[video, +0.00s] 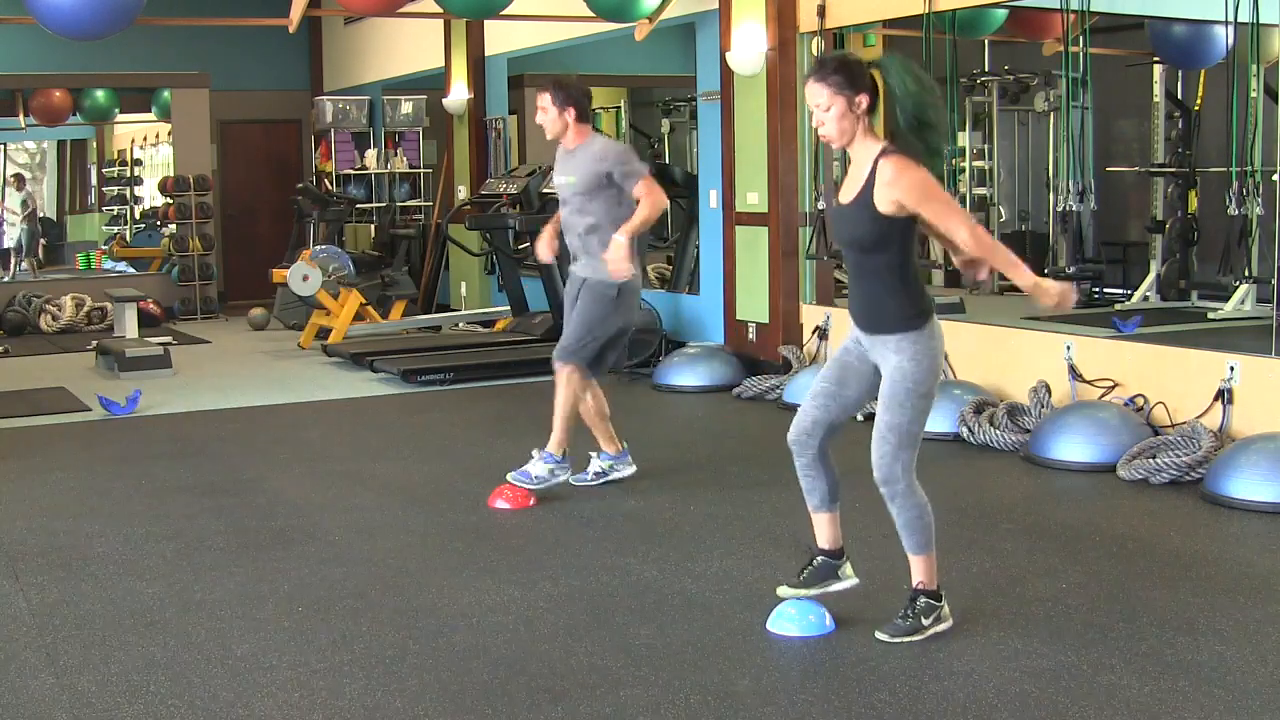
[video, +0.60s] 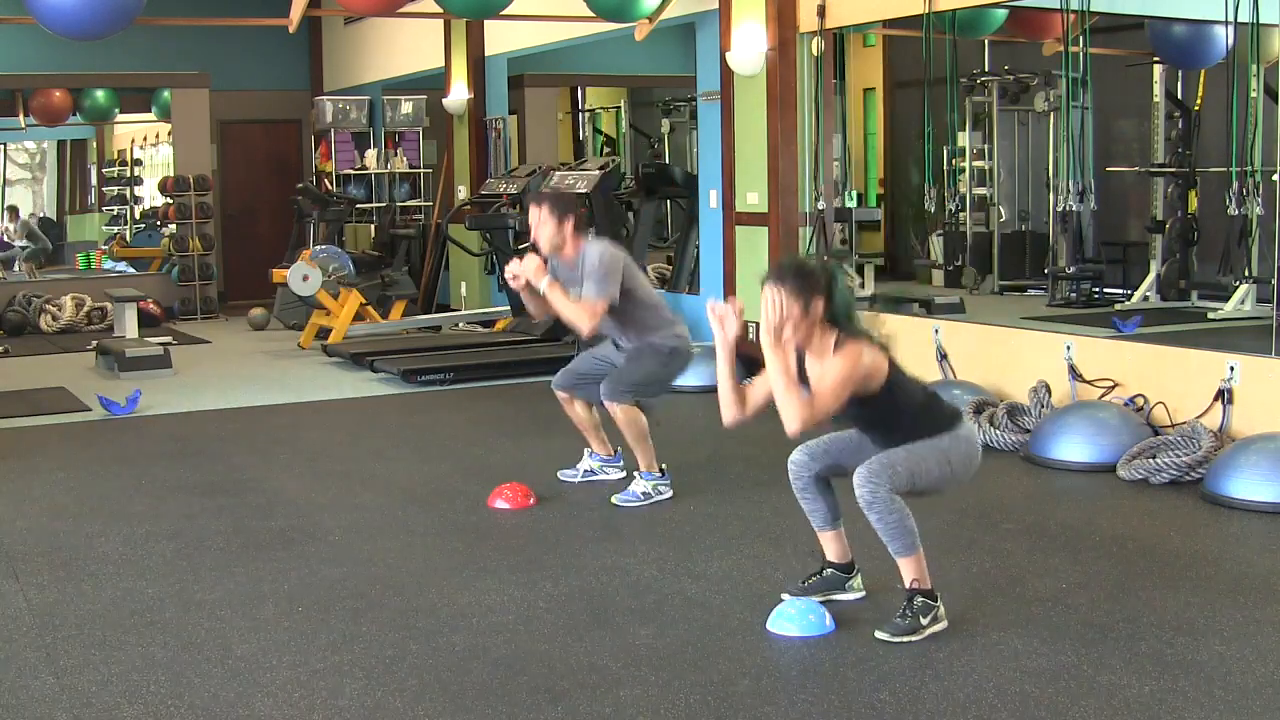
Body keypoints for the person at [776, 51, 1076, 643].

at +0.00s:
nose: (816, 121)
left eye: (824, 108)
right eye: (812, 109)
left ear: (860, 105)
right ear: (833, 111)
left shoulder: (897, 171)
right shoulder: (854, 164)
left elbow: (970, 234)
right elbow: (908, 216)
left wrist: (1034, 283)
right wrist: (958, 249)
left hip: (910, 345)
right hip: (862, 340)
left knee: (892, 470)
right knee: (804, 437)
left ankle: (927, 597)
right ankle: (830, 557)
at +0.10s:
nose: (815, 116)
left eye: (822, 104)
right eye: (811, 106)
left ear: (857, 98)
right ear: (829, 104)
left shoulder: (894, 166)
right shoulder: (851, 162)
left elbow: (953, 244)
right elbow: (881, 244)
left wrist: (1002, 308)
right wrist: (922, 290)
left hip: (911, 336)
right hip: (865, 331)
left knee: (897, 461)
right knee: (803, 428)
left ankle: (929, 594)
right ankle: (827, 548)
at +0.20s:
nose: (810, 119)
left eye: (816, 107)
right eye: (805, 109)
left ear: (851, 94)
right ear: (816, 104)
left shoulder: (890, 155)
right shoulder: (841, 154)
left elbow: (923, 248)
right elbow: (847, 242)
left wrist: (903, 332)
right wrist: (820, 307)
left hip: (912, 321)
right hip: (862, 318)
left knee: (897, 452)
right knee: (815, 425)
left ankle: (925, 589)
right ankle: (826, 545)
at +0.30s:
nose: (798, 152)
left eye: (805, 139)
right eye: (795, 141)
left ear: (843, 129)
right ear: (822, 136)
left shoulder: (886, 189)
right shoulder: (827, 191)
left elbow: (886, 281)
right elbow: (803, 272)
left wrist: (802, 293)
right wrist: (734, 297)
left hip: (923, 348)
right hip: (874, 346)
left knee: (890, 465)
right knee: (819, 448)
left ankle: (926, 596)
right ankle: (832, 561)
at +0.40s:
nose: (789, 209)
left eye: (798, 196)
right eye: (785, 198)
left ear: (833, 192)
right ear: (787, 201)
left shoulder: (872, 246)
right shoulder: (808, 252)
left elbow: (832, 324)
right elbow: (757, 322)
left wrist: (773, 261)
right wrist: (710, 280)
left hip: (935, 385)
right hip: (880, 383)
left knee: (878, 476)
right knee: (810, 462)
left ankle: (924, 597)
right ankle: (842, 569)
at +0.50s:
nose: (778, 268)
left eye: (789, 257)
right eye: (775, 258)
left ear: (823, 258)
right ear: (773, 261)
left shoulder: (861, 309)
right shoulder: (801, 309)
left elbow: (802, 369)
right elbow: (737, 368)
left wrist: (773, 298)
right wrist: (720, 303)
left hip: (945, 418)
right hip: (887, 417)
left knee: (873, 478)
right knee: (804, 463)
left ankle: (924, 598)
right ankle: (842, 570)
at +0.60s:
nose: (776, 318)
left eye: (784, 307)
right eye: (772, 308)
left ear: (818, 308)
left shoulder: (854, 354)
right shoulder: (794, 355)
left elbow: (797, 422)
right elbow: (734, 413)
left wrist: (772, 349)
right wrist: (725, 344)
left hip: (949, 443)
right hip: (890, 443)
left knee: (872, 479)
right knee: (804, 461)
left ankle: (923, 599)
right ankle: (841, 571)